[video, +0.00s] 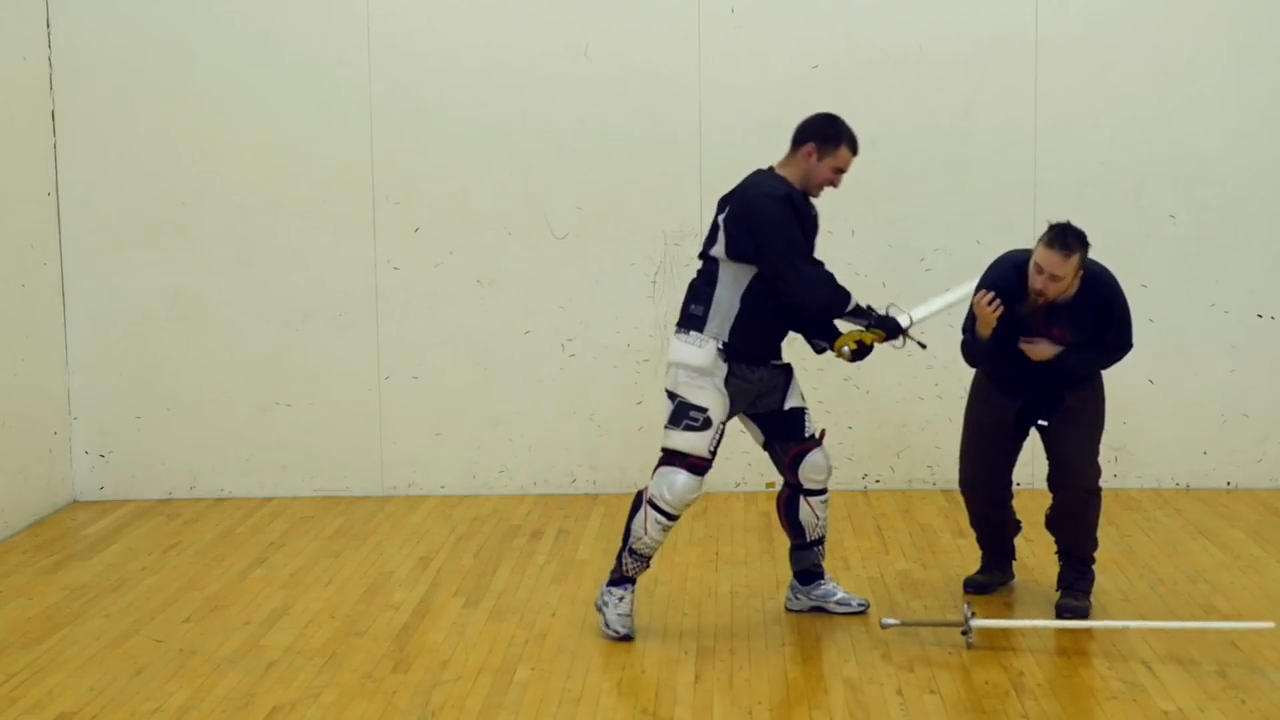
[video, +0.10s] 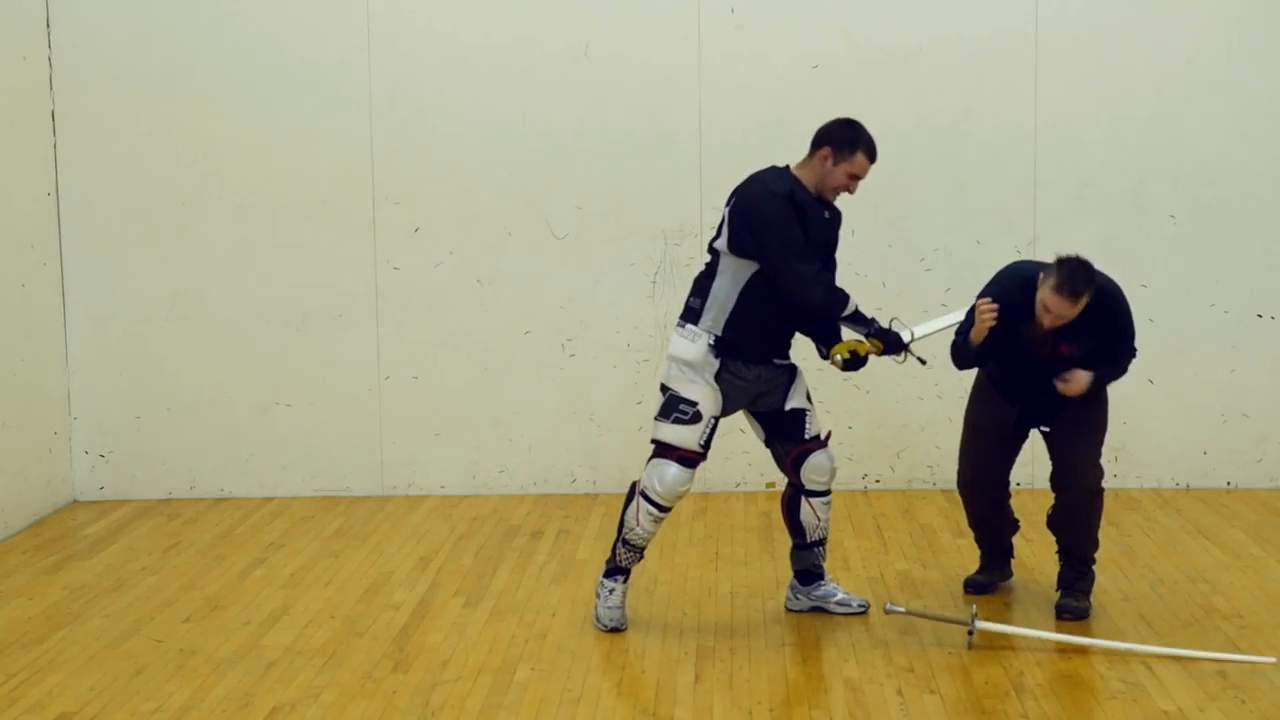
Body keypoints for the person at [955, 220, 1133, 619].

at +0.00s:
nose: (1042, 284)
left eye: (1055, 279)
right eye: (1038, 271)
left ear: (1078, 276)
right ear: (1031, 257)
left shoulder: (1101, 290)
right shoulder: (1003, 275)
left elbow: (1119, 344)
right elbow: (973, 357)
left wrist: (1060, 354)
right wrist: (980, 334)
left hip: (1073, 388)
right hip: (1002, 380)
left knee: (1077, 480)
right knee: (979, 476)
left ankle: (1075, 582)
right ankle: (996, 562)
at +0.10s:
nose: (1049, 320)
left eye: (1060, 317)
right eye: (1046, 309)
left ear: (1082, 306)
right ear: (1041, 285)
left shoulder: (1109, 303)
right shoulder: (1012, 282)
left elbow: (1121, 356)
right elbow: (961, 358)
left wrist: (1092, 378)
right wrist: (974, 336)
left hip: (1076, 397)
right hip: (1004, 386)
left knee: (1079, 483)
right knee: (977, 477)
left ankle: (1075, 582)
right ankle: (994, 561)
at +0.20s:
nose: (1059, 358)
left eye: (1068, 355)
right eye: (1053, 350)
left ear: (1091, 330)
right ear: (1042, 319)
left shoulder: (1114, 311)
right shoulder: (1013, 306)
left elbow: (1141, 359)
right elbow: (952, 360)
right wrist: (969, 340)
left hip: (1081, 405)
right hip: (1008, 398)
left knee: (1088, 492)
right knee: (977, 490)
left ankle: (1076, 584)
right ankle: (971, 532)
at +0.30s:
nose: (1071, 375)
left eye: (1079, 368)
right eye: (1063, 368)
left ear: (1094, 342)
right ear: (1047, 348)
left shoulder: (1120, 344)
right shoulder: (1016, 341)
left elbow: (1165, 393)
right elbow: (948, 383)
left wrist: (1186, 385)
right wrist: (975, 348)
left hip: (1085, 433)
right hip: (1013, 429)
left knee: (1094, 501)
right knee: (987, 530)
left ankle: (1075, 587)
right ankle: (965, 538)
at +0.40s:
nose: (1079, 406)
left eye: (1087, 396)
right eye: (1068, 397)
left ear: (1099, 379)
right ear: (1051, 382)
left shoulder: (1118, 391)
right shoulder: (1022, 385)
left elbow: (1182, 443)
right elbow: (955, 439)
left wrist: (1196, 424)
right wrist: (993, 416)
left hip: (1083, 477)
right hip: (1015, 479)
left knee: (1108, 506)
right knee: (986, 580)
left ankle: (1074, 588)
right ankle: (966, 534)